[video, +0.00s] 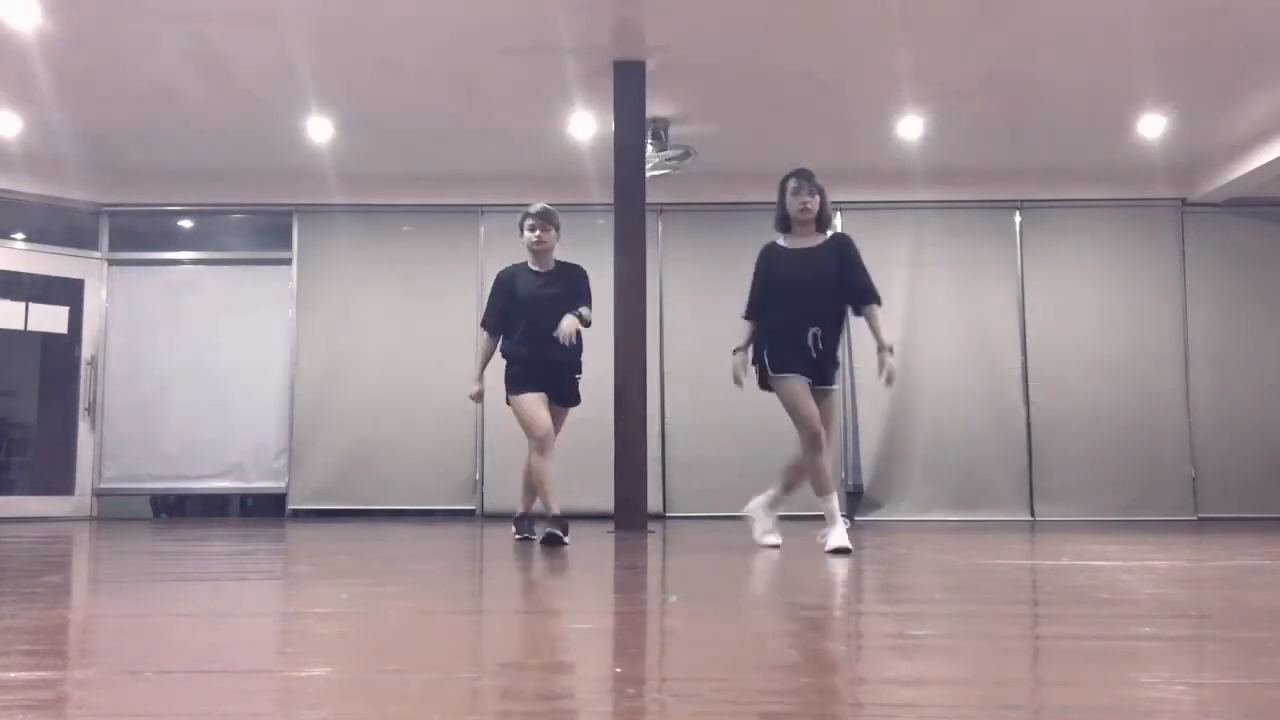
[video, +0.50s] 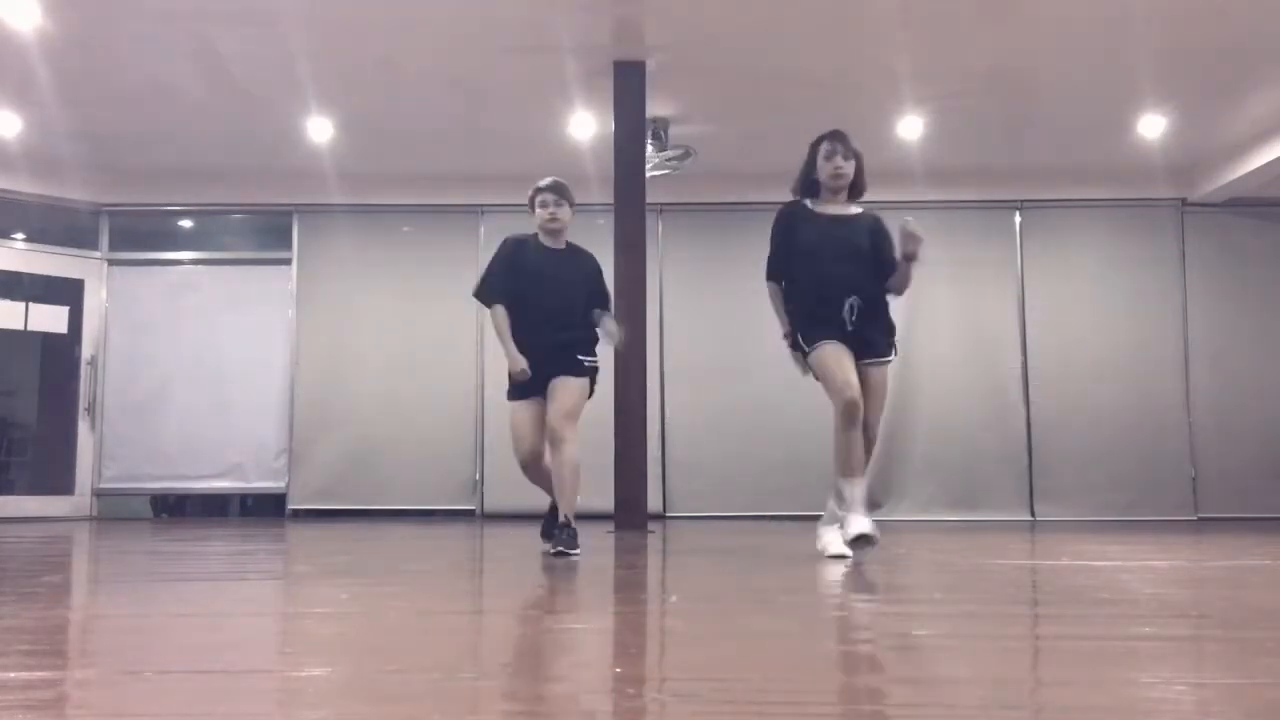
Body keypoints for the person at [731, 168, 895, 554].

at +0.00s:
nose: (805, 199)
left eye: (811, 193)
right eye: (797, 193)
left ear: (822, 200)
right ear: (783, 203)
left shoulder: (840, 245)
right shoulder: (772, 252)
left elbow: (865, 300)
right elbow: (757, 309)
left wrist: (884, 345)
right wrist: (743, 348)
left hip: (824, 354)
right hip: (779, 352)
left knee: (817, 447)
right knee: (814, 434)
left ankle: (764, 506)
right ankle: (836, 525)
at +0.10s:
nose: (811, 201)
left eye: (818, 195)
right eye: (802, 196)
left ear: (828, 203)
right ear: (789, 206)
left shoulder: (848, 249)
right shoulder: (778, 259)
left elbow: (869, 310)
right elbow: (764, 313)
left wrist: (874, 361)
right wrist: (753, 333)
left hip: (838, 357)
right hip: (789, 359)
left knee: (846, 433)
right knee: (813, 440)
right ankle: (834, 525)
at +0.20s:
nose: (819, 196)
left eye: (825, 190)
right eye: (810, 190)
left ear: (836, 197)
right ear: (797, 200)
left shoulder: (854, 245)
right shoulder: (784, 251)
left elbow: (860, 302)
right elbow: (768, 303)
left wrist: (854, 342)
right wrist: (757, 339)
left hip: (843, 341)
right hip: (795, 346)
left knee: (846, 406)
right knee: (814, 442)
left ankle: (859, 495)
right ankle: (835, 524)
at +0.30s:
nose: (825, 181)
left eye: (833, 175)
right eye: (816, 175)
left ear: (844, 183)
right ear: (803, 183)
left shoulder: (858, 234)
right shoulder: (787, 232)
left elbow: (854, 292)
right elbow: (774, 299)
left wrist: (872, 307)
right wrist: (763, 354)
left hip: (856, 335)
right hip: (807, 339)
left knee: (852, 419)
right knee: (816, 435)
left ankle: (846, 522)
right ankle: (823, 507)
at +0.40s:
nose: (831, 170)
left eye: (839, 164)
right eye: (822, 164)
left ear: (849, 174)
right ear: (808, 174)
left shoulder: (860, 228)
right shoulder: (790, 223)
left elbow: (869, 296)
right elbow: (777, 289)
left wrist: (887, 270)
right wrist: (777, 350)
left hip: (864, 328)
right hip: (812, 329)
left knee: (865, 422)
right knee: (840, 408)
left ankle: (845, 522)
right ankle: (817, 482)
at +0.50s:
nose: (838, 163)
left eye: (845, 157)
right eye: (829, 156)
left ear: (856, 167)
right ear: (814, 166)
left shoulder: (871, 222)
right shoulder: (793, 217)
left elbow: (894, 287)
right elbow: (774, 278)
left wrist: (907, 260)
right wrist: (787, 326)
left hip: (871, 326)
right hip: (818, 325)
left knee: (867, 428)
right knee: (850, 399)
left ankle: (832, 523)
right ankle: (856, 511)